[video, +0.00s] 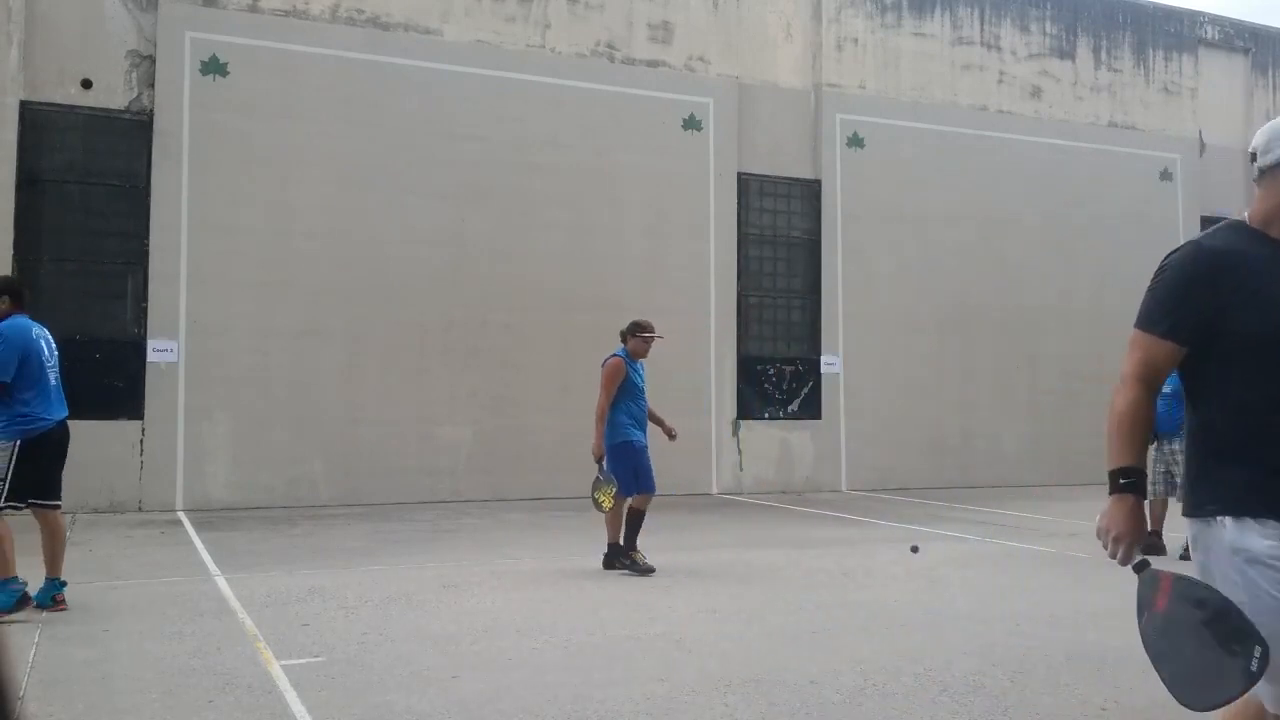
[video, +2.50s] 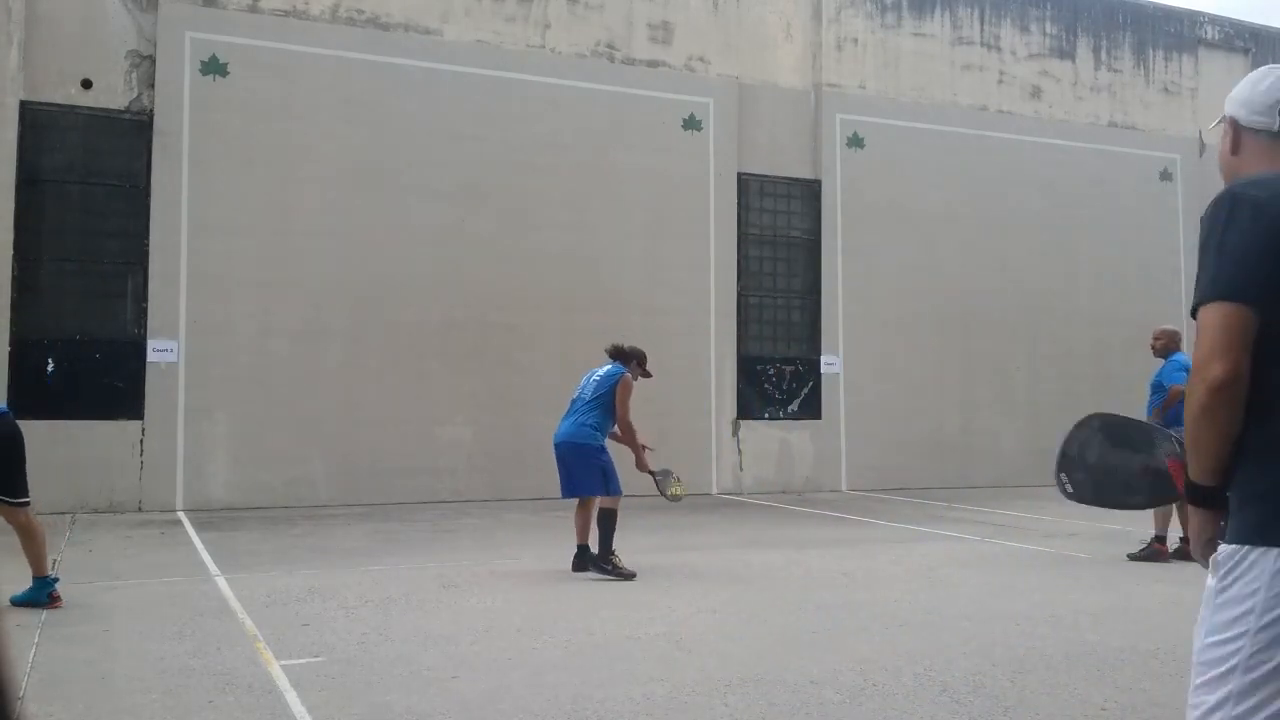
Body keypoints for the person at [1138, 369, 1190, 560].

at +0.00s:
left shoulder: (1183, 373)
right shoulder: (1154, 375)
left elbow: (1194, 403)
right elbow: (1151, 405)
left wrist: (1192, 432)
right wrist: (1149, 431)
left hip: (1182, 438)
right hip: (1159, 440)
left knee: (1188, 492)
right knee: (1157, 490)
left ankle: (1194, 539)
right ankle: (1155, 536)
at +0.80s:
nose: (1127, 362)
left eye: (1129, 356)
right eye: (1123, 358)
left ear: (1140, 350)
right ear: (1123, 357)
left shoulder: (1160, 367)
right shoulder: (1138, 373)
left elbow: (1186, 390)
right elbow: (1150, 404)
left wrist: (1174, 419)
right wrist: (1140, 427)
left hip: (1170, 435)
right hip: (1155, 437)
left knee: (1164, 489)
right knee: (1159, 490)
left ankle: (1168, 542)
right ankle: (1166, 540)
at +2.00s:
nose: (1144, 350)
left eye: (1149, 345)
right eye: (1142, 346)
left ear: (1164, 344)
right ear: (1143, 348)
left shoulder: (1170, 366)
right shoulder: (1164, 366)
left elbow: (1183, 392)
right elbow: (1167, 401)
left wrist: (1169, 421)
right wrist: (1151, 426)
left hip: (1172, 435)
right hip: (1185, 434)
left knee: (1154, 489)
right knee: (1179, 491)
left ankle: (1157, 544)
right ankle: (1189, 545)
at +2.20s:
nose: (1148, 348)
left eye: (1152, 343)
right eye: (1147, 343)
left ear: (1169, 343)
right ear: (1169, 345)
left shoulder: (1169, 365)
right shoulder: (1182, 363)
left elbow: (1176, 392)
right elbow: (1198, 394)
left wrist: (1163, 424)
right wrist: (1185, 418)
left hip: (1171, 435)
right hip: (1190, 433)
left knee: (1160, 490)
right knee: (1182, 491)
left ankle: (1158, 545)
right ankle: (1189, 545)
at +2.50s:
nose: (1152, 343)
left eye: (1157, 339)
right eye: (1152, 339)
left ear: (1172, 343)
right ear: (1171, 344)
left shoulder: (1174, 363)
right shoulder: (1182, 362)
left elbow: (1177, 390)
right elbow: (1183, 393)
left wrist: (1158, 414)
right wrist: (1162, 413)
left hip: (1168, 435)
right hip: (1179, 434)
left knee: (1162, 488)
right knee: (1182, 491)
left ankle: (1158, 543)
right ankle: (1188, 542)